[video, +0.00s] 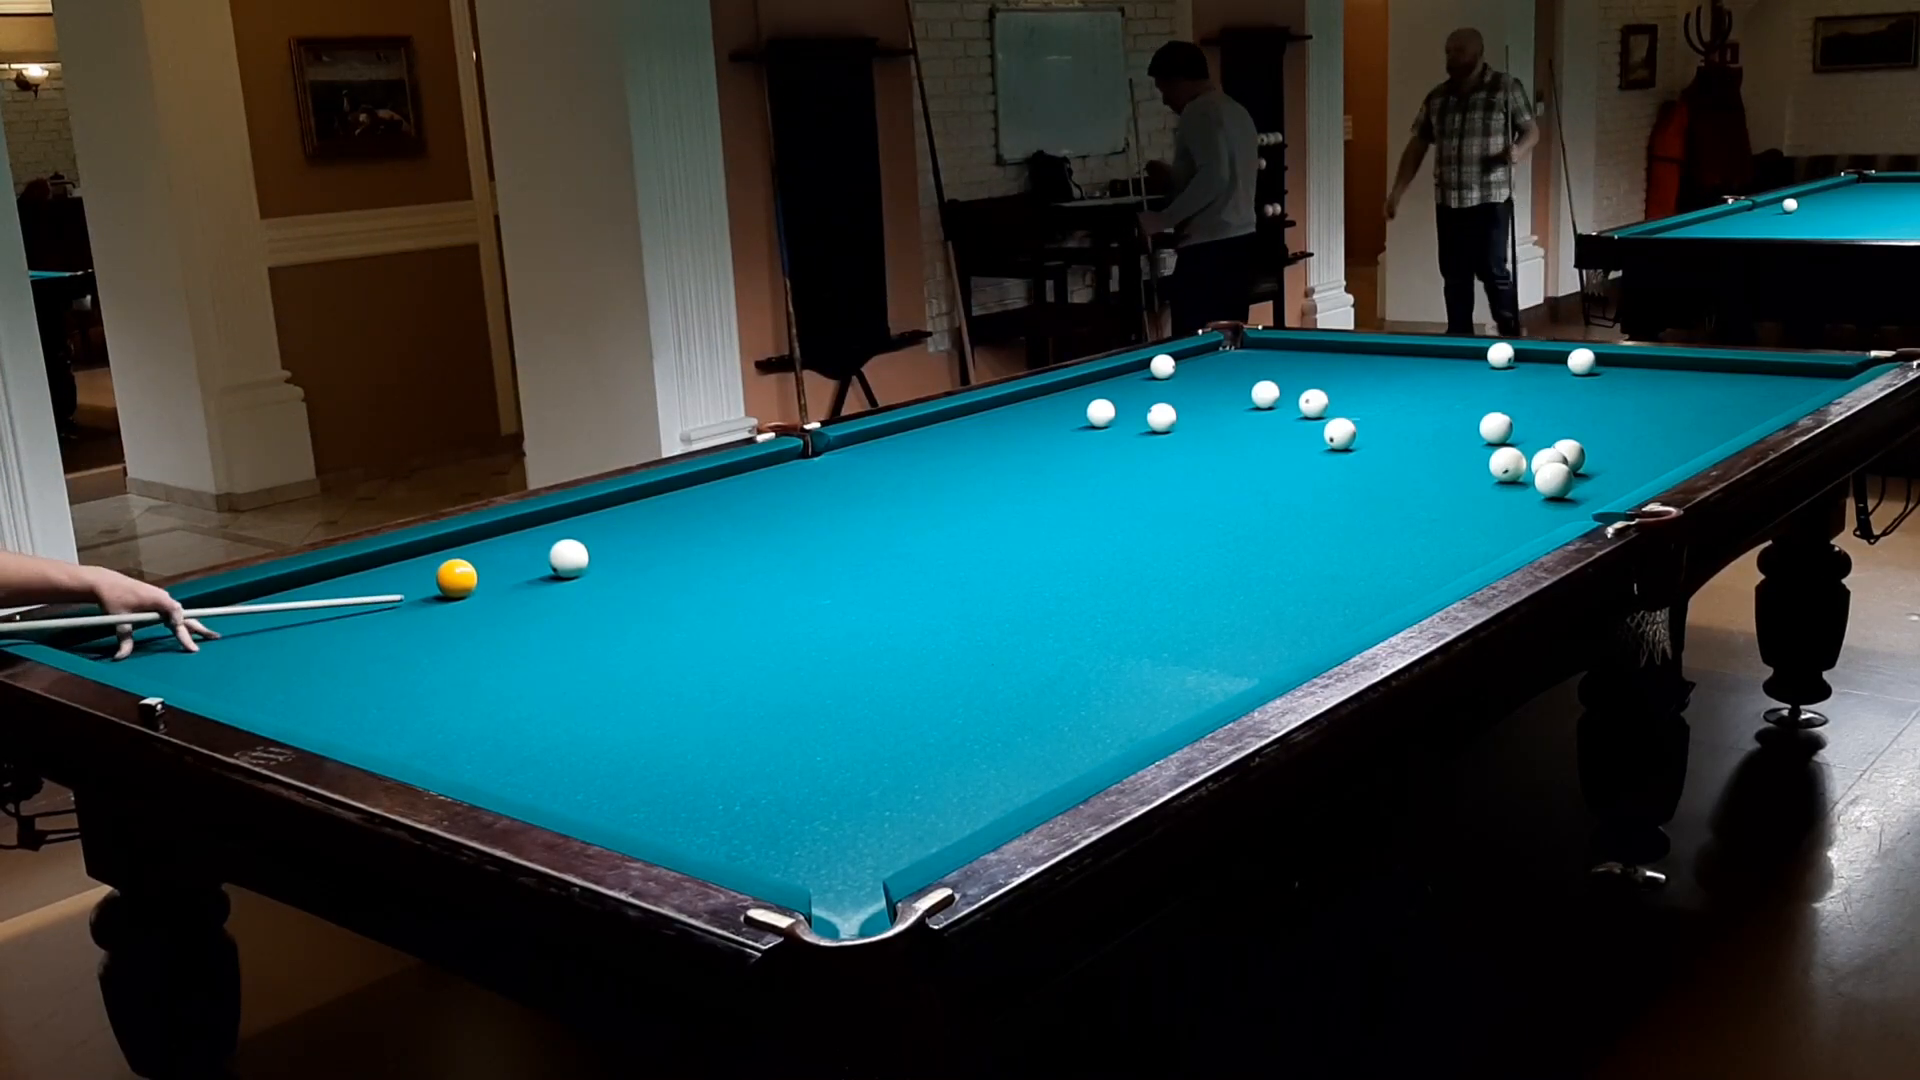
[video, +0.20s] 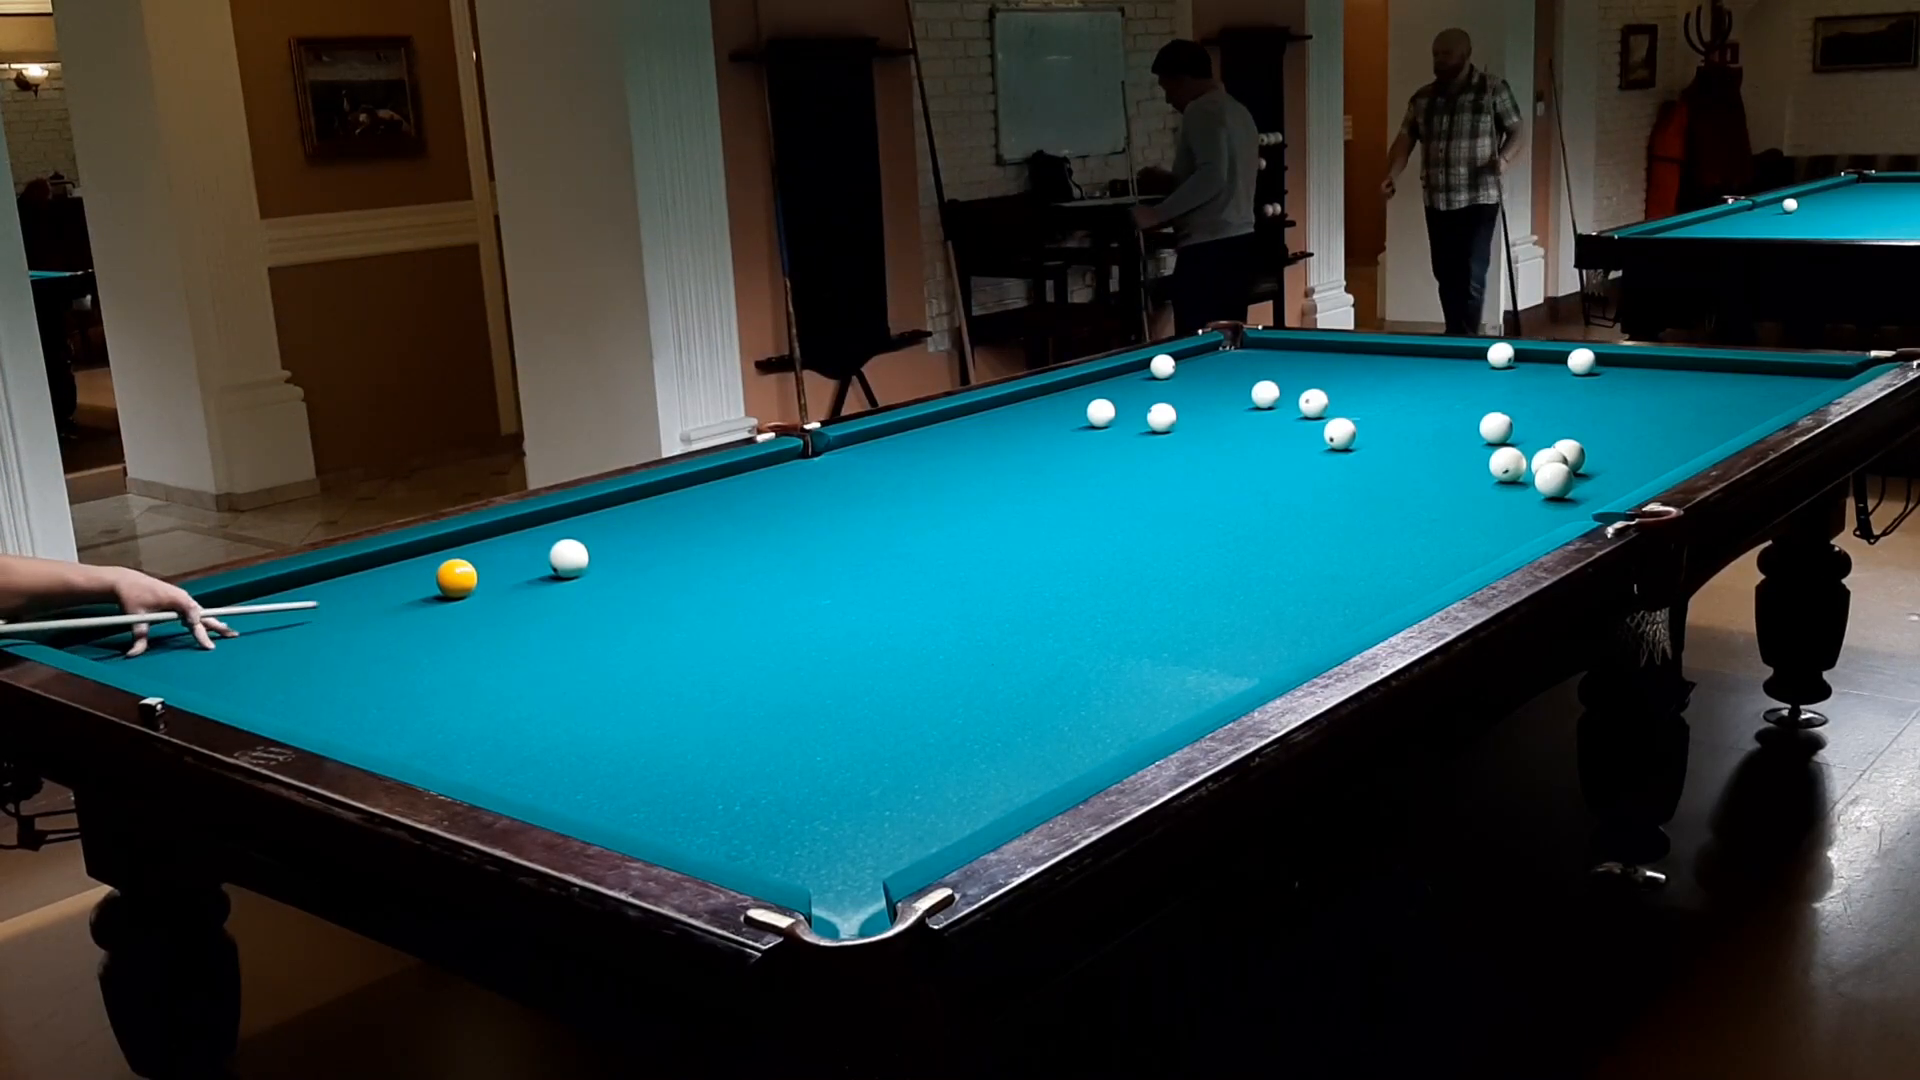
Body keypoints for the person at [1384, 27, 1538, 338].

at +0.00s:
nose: (1450, 59)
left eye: (1457, 52)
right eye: (1448, 52)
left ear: (1477, 53)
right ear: (1446, 53)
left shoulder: (1506, 87)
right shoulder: (1437, 97)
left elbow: (1531, 131)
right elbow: (1416, 147)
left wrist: (1517, 150)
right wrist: (1395, 194)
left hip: (1492, 201)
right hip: (1450, 203)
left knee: (1494, 273)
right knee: (1455, 280)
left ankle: (1512, 340)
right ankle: (1459, 342)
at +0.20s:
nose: (1438, 61)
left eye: (1445, 55)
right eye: (1436, 54)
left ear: (1465, 55)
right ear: (1433, 54)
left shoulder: (1493, 89)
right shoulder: (1423, 97)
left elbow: (1517, 132)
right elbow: (1406, 139)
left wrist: (1504, 157)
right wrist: (1391, 174)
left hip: (1480, 199)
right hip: (1439, 202)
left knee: (1471, 274)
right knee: (1446, 275)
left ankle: (1468, 342)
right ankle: (1453, 339)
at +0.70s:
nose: (1447, 58)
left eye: (1454, 51)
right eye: (1439, 52)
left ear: (1467, 56)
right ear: (1429, 55)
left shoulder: (1478, 98)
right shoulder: (1408, 94)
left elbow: (1486, 150)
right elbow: (1386, 142)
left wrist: (1486, 193)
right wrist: (1406, 184)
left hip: (1461, 211)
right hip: (1418, 209)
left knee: (1451, 288)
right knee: (1406, 284)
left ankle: (1442, 354)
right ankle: (1405, 352)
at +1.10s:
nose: (1433, 59)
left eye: (1437, 52)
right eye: (1424, 52)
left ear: (1444, 56)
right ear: (1407, 56)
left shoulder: (1442, 96)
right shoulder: (1394, 94)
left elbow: (1446, 151)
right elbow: (1379, 150)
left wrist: (1459, 191)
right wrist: (1416, 183)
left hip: (1441, 210)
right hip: (1407, 209)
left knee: (1440, 286)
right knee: (1396, 285)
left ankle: (1435, 353)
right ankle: (1379, 352)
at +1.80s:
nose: (1414, 67)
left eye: (1413, 60)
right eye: (1408, 60)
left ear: (1390, 66)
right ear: (1386, 65)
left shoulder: (1400, 103)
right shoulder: (1366, 105)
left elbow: (1395, 158)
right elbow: (1357, 166)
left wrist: (1424, 164)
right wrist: (1407, 175)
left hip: (1397, 217)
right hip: (1371, 216)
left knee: (1409, 290)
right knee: (1370, 291)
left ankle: (1427, 352)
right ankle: (1367, 356)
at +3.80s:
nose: (1402, 80)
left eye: (1403, 73)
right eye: (1397, 73)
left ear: (1383, 73)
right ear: (1377, 70)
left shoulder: (1393, 105)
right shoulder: (1354, 108)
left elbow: (1388, 157)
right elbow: (1348, 169)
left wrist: (1418, 155)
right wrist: (1399, 154)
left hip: (1390, 217)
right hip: (1363, 216)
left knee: (1404, 289)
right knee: (1366, 292)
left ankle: (1425, 352)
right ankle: (1364, 358)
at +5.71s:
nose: (1397, 77)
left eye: (1400, 69)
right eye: (1391, 69)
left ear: (1401, 70)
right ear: (1371, 69)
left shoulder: (1394, 104)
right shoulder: (1356, 106)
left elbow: (1393, 153)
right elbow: (1351, 166)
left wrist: (1415, 156)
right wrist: (1401, 160)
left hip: (1391, 216)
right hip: (1364, 215)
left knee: (1404, 289)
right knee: (1366, 292)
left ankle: (1426, 352)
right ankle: (1364, 358)